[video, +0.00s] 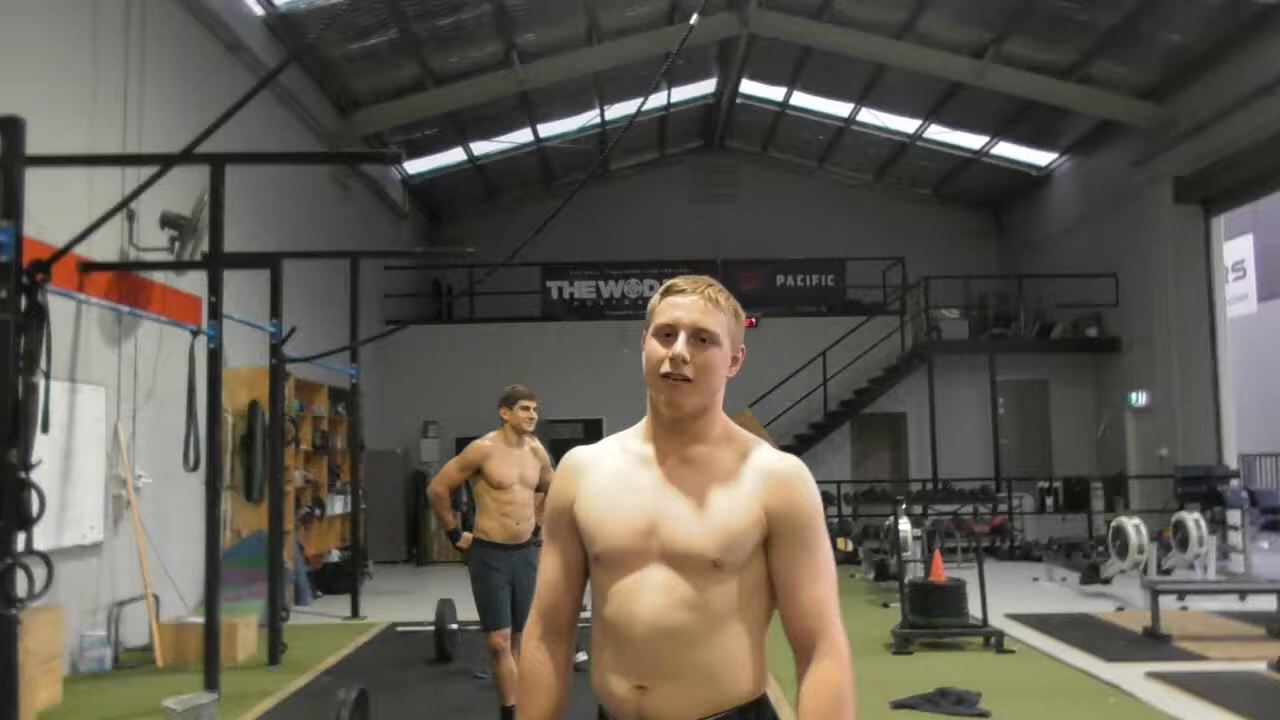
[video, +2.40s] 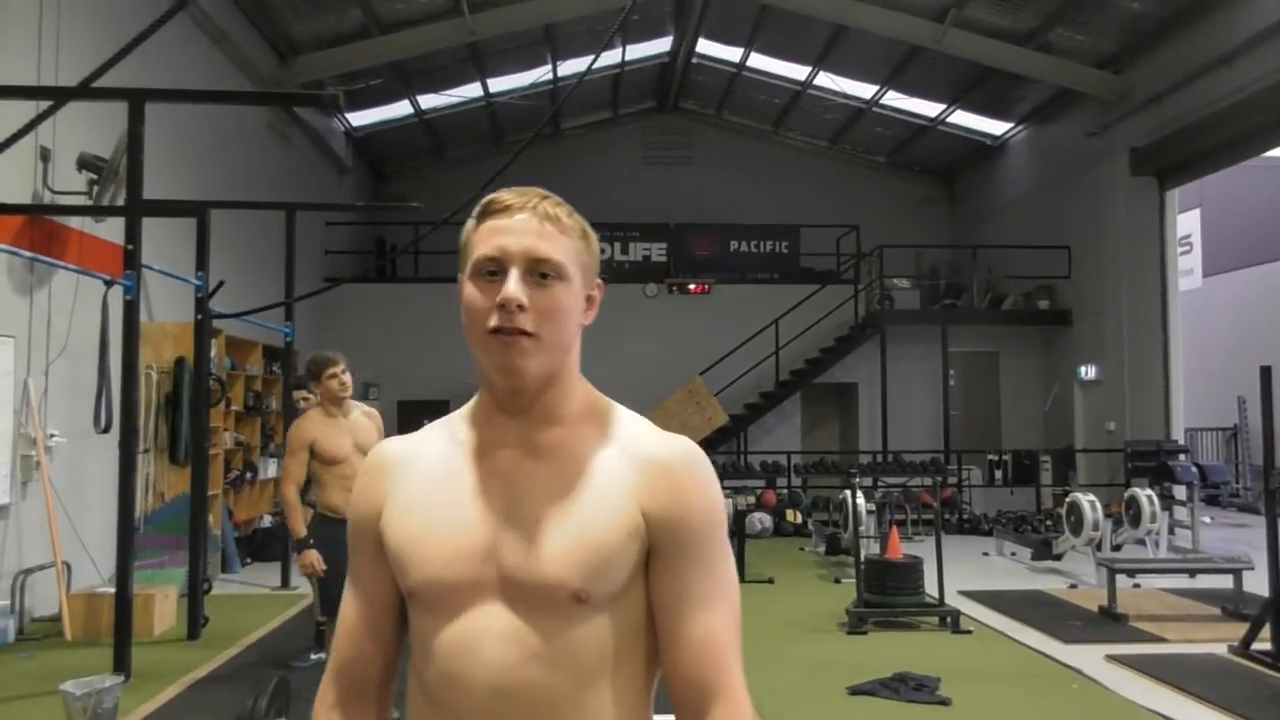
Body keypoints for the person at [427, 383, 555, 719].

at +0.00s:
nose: (532, 415)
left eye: (535, 410)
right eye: (525, 409)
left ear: (535, 415)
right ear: (506, 412)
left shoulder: (538, 452)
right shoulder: (483, 449)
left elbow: (550, 489)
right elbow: (437, 488)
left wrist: (539, 524)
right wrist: (455, 533)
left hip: (527, 552)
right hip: (488, 552)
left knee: (523, 639)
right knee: (500, 642)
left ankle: (525, 705)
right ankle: (509, 709)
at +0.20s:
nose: (524, 415)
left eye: (526, 410)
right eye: (517, 409)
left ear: (528, 415)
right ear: (497, 413)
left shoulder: (531, 453)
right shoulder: (474, 450)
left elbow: (548, 489)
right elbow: (430, 490)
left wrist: (533, 519)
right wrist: (449, 533)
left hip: (517, 551)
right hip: (480, 551)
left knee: (510, 639)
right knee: (481, 640)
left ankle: (511, 710)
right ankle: (481, 707)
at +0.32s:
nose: (486, 424)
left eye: (489, 418)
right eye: (478, 418)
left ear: (491, 423)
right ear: (459, 423)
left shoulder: (495, 462)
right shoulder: (438, 460)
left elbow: (514, 497)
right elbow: (394, 502)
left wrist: (502, 527)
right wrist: (414, 544)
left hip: (485, 563)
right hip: (445, 563)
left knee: (479, 651)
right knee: (435, 656)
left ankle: (483, 715)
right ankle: (422, 712)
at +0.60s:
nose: (430, 411)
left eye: (433, 406)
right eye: (422, 406)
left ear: (438, 412)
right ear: (404, 412)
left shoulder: (445, 452)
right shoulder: (387, 450)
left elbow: (462, 501)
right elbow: (345, 498)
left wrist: (484, 543)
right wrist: (369, 539)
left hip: (442, 556)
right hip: (399, 558)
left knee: (450, 641)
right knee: (389, 646)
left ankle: (464, 711)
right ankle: (376, 712)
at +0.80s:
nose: (393, 389)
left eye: (396, 383)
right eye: (385, 384)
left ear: (402, 388)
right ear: (369, 393)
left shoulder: (417, 430)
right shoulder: (354, 432)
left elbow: (436, 477)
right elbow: (308, 477)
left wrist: (455, 520)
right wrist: (336, 522)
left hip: (415, 535)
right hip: (372, 537)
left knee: (434, 618)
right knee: (369, 626)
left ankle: (454, 693)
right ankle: (364, 703)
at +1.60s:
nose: (391, 367)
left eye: (390, 361)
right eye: (385, 360)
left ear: (371, 363)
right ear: (363, 362)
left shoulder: (390, 406)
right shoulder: (330, 407)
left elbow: (395, 458)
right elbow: (311, 466)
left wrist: (404, 508)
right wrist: (319, 527)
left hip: (390, 512)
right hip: (350, 513)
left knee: (393, 602)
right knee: (354, 606)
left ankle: (397, 683)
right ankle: (357, 684)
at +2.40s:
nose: (344, 380)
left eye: (345, 373)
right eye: (334, 377)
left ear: (351, 375)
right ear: (317, 387)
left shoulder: (371, 417)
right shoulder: (305, 427)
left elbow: (381, 469)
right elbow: (289, 488)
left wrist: (388, 516)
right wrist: (303, 544)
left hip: (372, 523)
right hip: (331, 527)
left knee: (378, 608)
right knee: (334, 614)